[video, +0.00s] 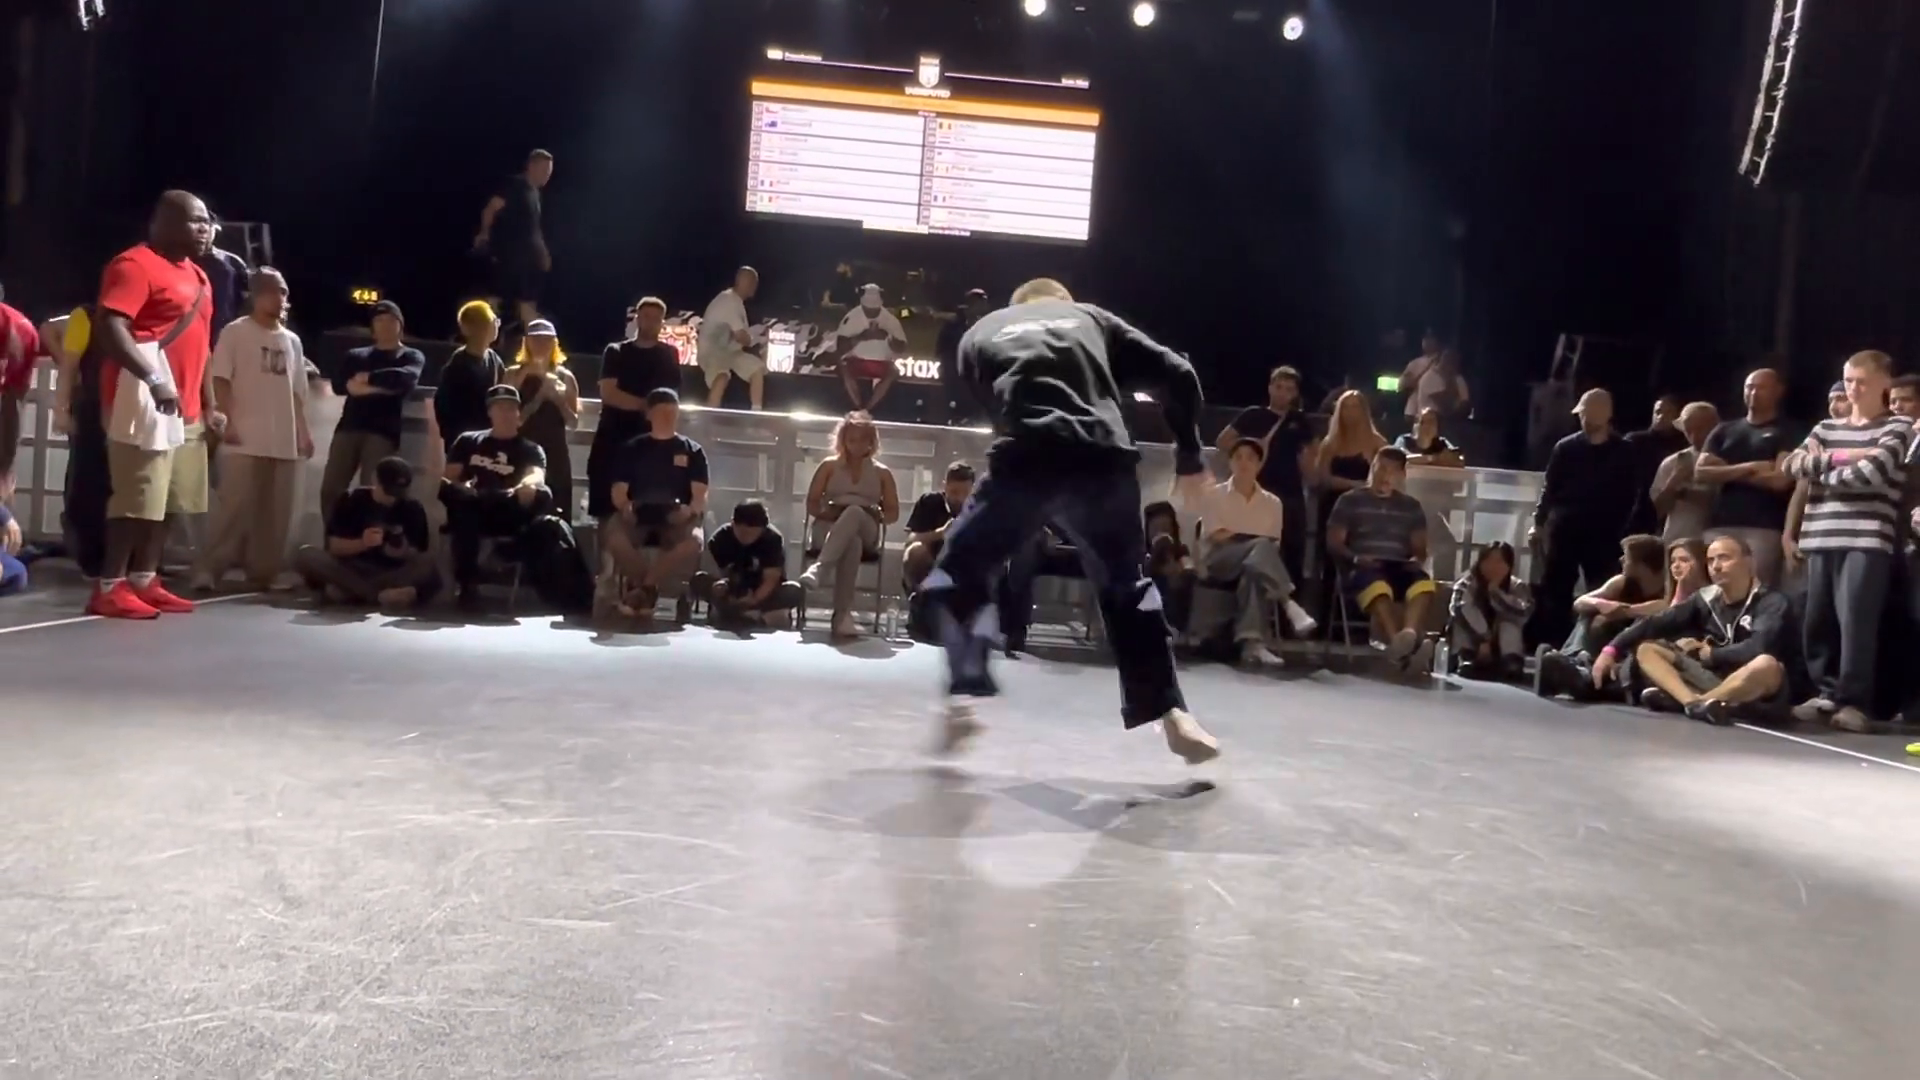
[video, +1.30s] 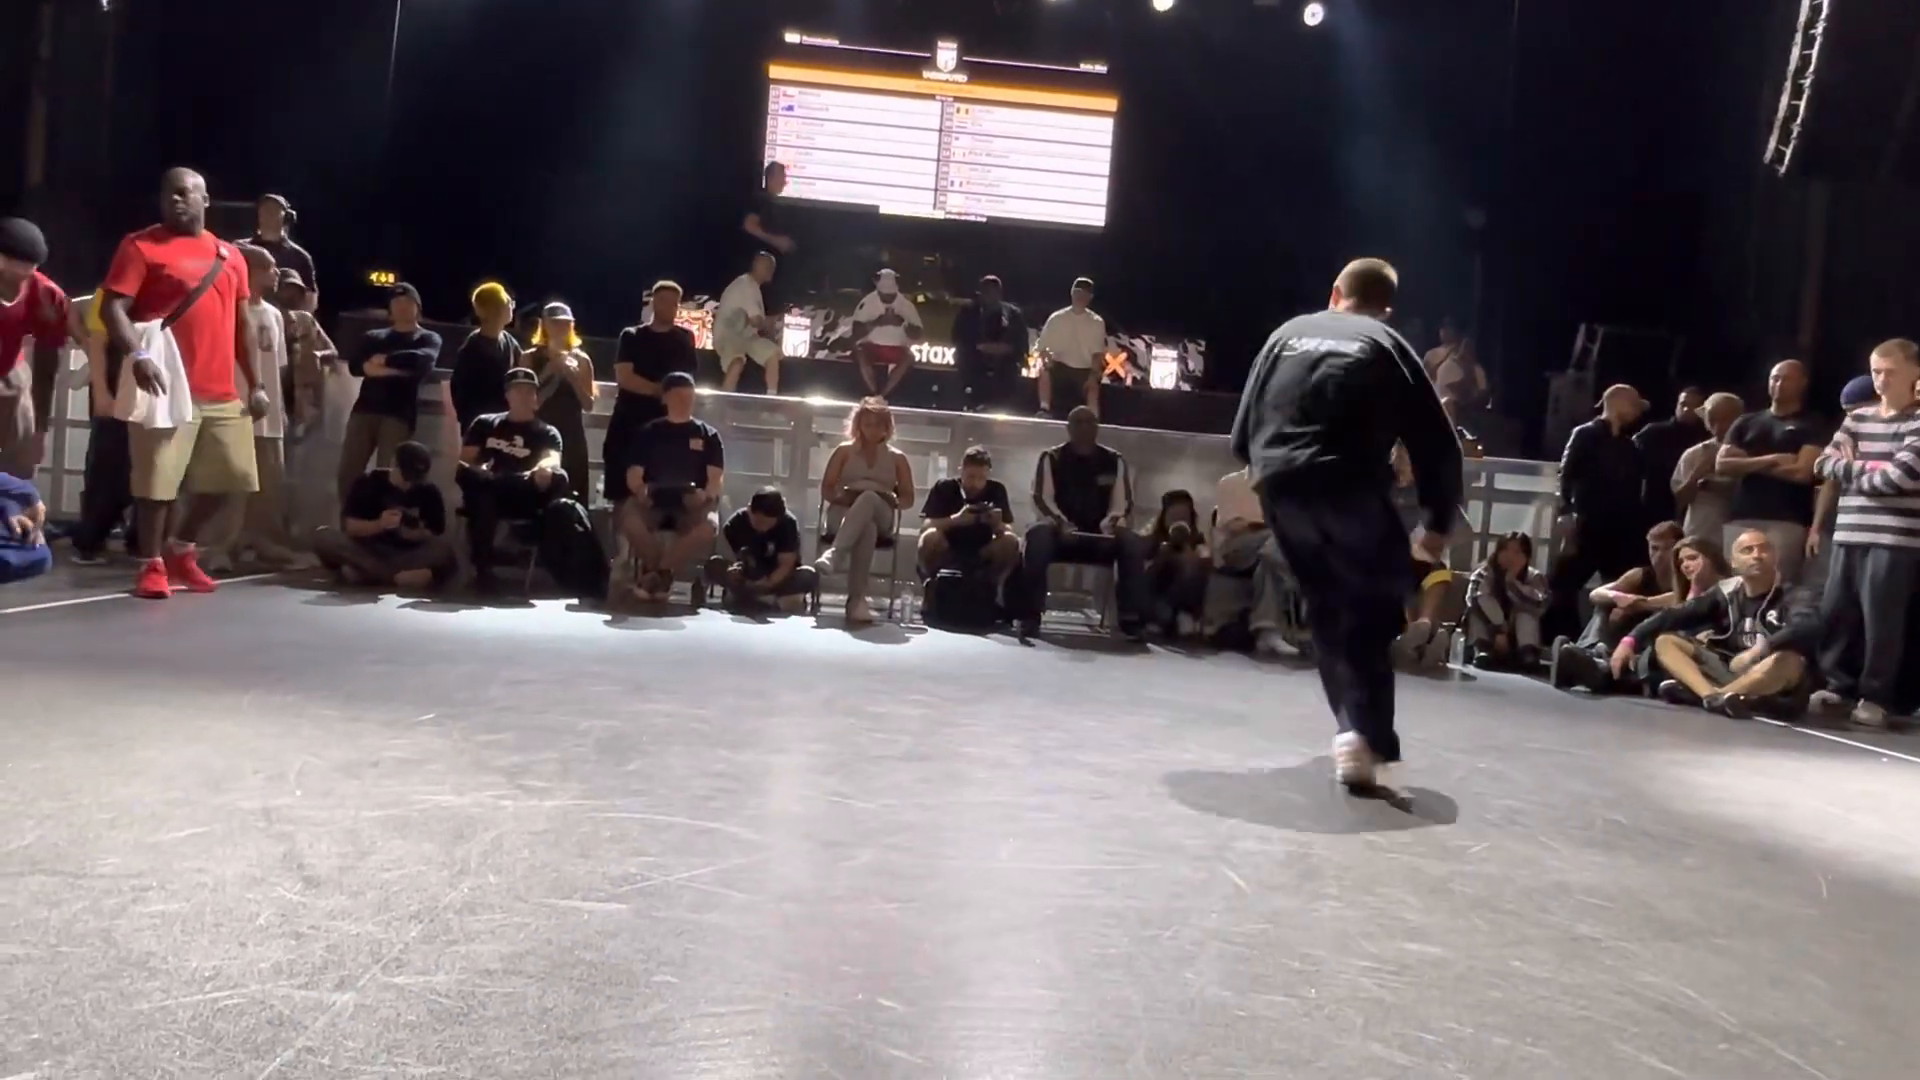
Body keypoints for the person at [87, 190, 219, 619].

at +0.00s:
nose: (207, 229)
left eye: (209, 222)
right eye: (197, 221)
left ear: (207, 229)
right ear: (167, 224)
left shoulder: (199, 278)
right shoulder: (135, 266)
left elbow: (199, 349)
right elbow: (110, 326)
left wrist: (208, 404)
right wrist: (155, 378)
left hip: (178, 404)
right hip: (139, 400)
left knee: (165, 495)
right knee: (135, 495)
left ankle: (145, 581)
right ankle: (109, 587)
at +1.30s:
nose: (179, 198)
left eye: (187, 192)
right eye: (173, 192)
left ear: (205, 201)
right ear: (161, 201)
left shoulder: (230, 256)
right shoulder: (141, 248)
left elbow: (241, 325)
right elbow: (113, 307)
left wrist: (254, 384)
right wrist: (135, 353)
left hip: (222, 396)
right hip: (166, 393)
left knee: (228, 474)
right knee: (157, 483)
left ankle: (181, 550)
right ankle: (151, 565)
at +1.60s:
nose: (192, 197)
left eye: (200, 190)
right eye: (184, 190)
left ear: (213, 197)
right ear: (169, 198)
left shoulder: (246, 251)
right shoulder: (145, 248)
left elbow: (265, 317)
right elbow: (113, 317)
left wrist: (273, 382)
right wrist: (120, 352)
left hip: (228, 390)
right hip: (164, 391)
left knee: (236, 482)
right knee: (152, 482)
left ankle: (239, 564)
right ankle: (156, 563)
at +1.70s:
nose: (198, 199)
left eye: (205, 191)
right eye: (191, 191)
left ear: (221, 196)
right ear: (180, 198)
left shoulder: (256, 252)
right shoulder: (155, 249)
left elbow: (281, 318)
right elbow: (121, 309)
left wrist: (283, 384)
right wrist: (118, 351)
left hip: (234, 391)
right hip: (169, 390)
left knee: (241, 483)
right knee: (157, 481)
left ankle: (241, 564)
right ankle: (157, 563)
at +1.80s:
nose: (182, 201)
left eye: (190, 192)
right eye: (182, 193)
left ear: (219, 195)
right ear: (213, 195)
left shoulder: (264, 253)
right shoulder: (169, 248)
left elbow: (285, 320)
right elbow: (141, 303)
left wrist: (285, 383)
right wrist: (124, 345)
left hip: (238, 391)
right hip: (175, 387)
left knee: (244, 482)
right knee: (161, 479)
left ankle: (242, 562)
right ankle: (157, 562)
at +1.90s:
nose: (191, 199)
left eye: (198, 191)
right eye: (194, 191)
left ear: (221, 196)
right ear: (221, 197)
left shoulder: (273, 255)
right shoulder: (181, 249)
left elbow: (292, 324)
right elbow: (153, 307)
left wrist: (289, 385)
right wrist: (131, 345)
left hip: (243, 393)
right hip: (180, 389)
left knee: (247, 484)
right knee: (165, 481)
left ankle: (243, 563)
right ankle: (158, 561)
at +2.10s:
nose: (213, 206)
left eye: (221, 198)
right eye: (213, 198)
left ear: (247, 204)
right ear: (213, 202)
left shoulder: (278, 259)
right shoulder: (196, 247)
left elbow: (295, 335)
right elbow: (177, 306)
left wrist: (283, 394)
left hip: (248, 397)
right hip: (189, 391)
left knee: (250, 487)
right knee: (173, 483)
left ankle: (243, 564)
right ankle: (161, 562)